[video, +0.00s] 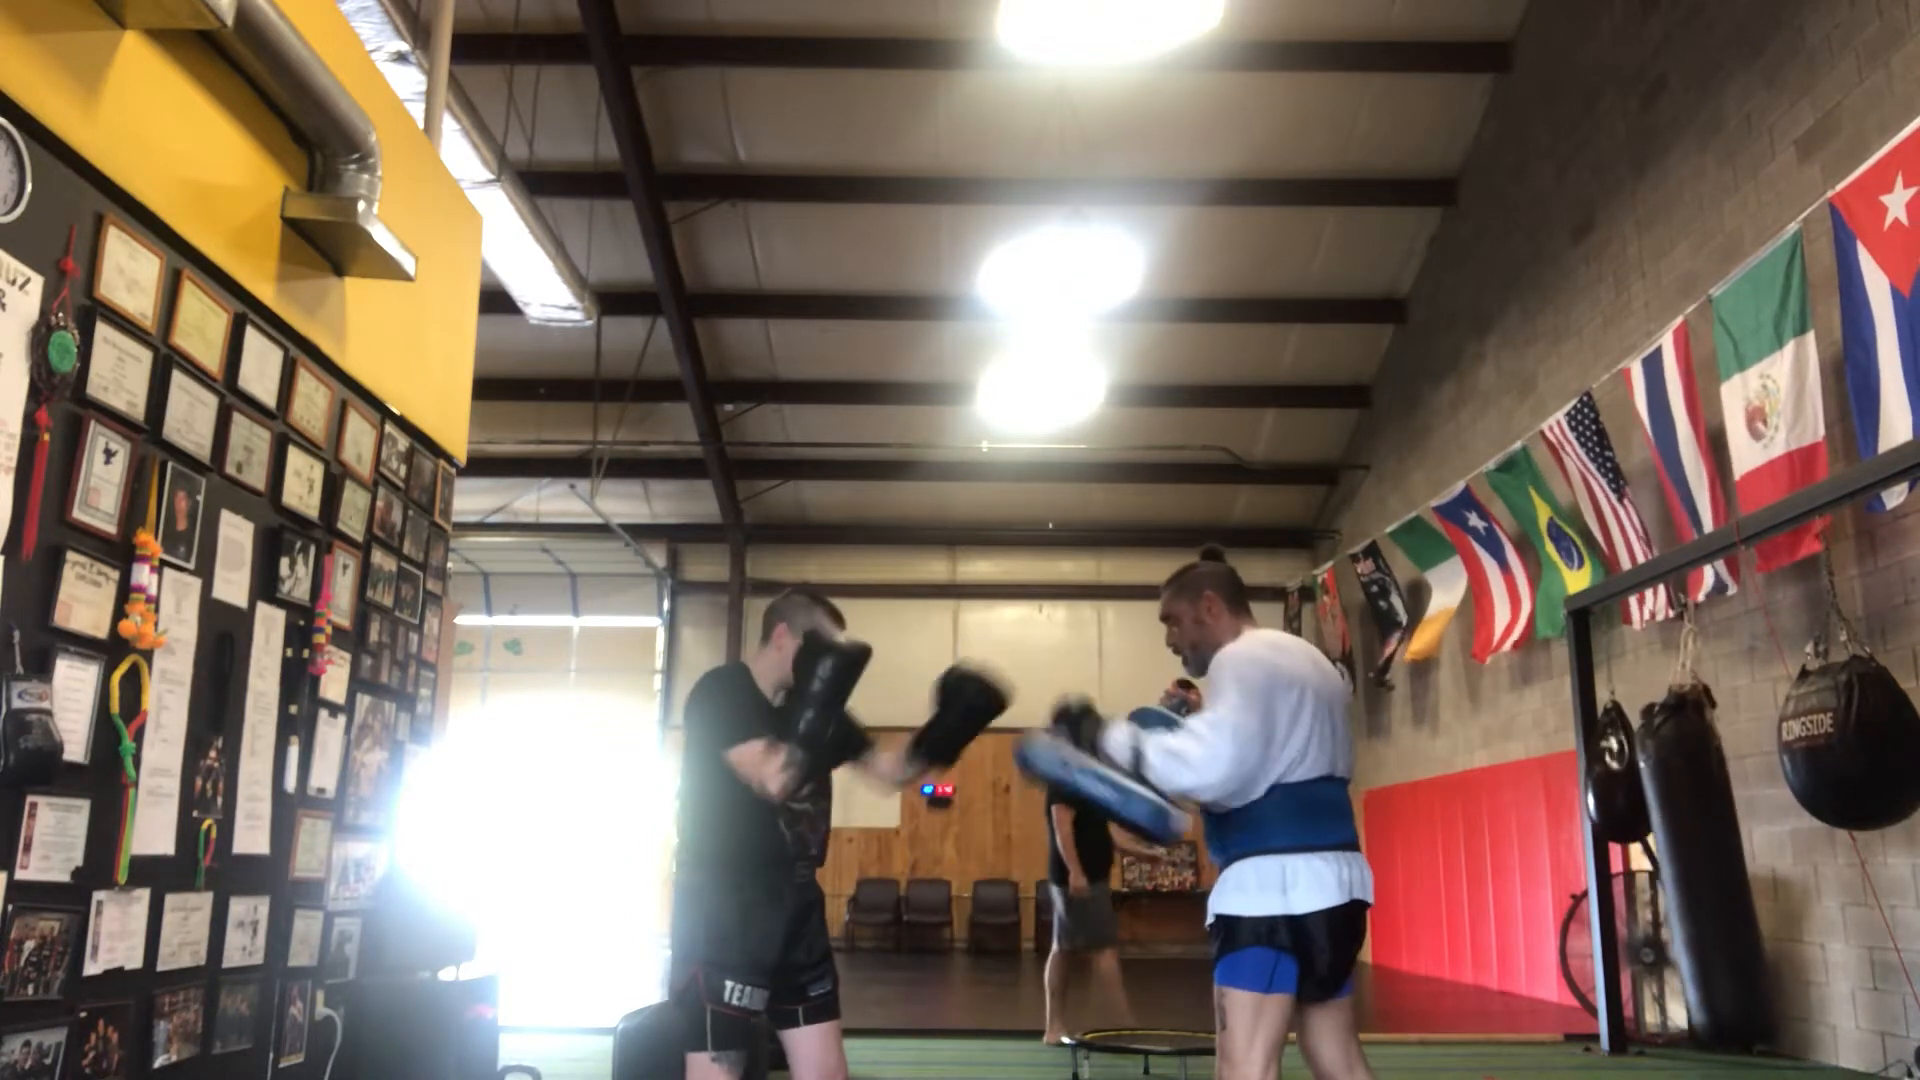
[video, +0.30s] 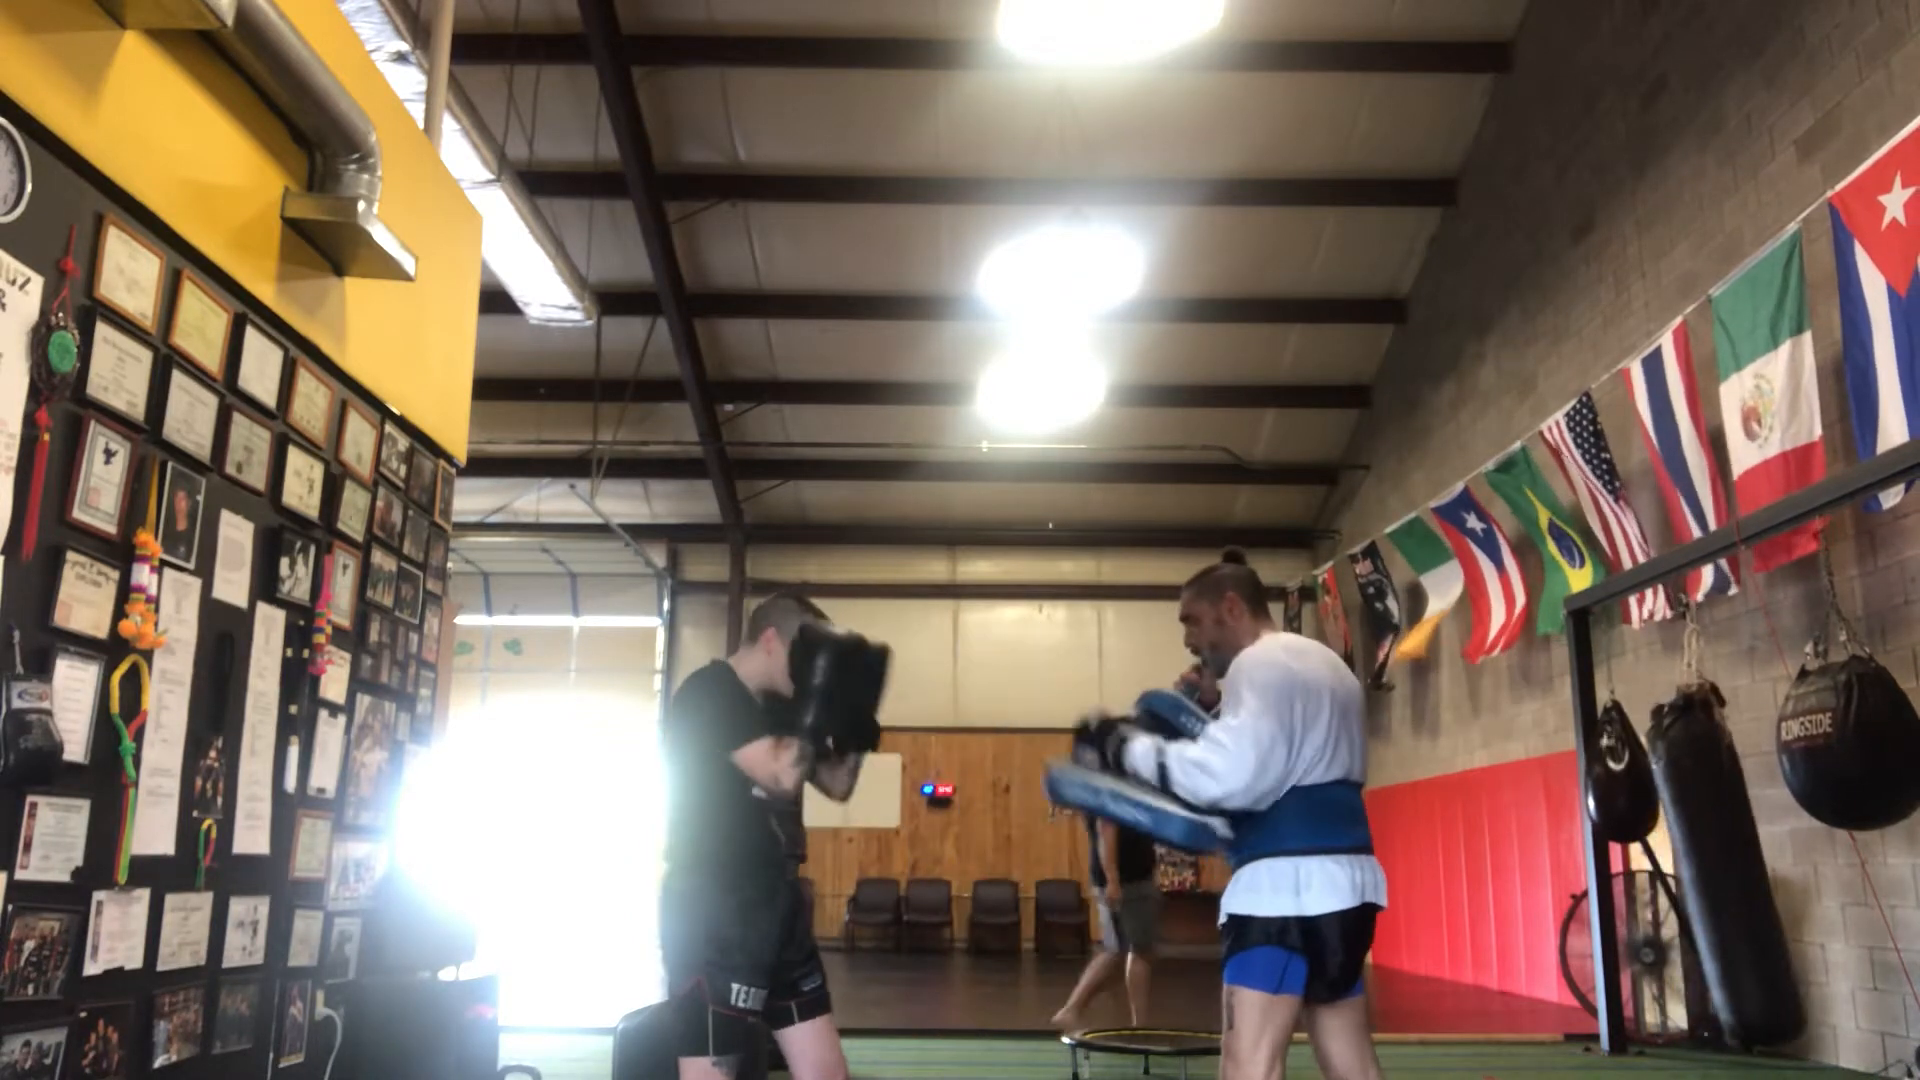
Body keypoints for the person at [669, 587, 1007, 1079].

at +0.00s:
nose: (823, 662)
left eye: (828, 651)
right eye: (816, 647)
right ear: (782, 636)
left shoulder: (812, 705)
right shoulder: (720, 691)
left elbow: (888, 770)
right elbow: (775, 779)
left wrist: (948, 728)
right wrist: (816, 702)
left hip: (797, 913)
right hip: (724, 915)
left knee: (824, 1070)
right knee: (715, 1070)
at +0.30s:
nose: (805, 669)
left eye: (812, 657)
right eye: (804, 653)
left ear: (771, 643)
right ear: (771, 639)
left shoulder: (778, 705)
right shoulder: (708, 691)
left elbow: (839, 784)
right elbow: (782, 775)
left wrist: (853, 700)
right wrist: (823, 694)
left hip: (777, 906)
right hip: (712, 908)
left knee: (825, 1069)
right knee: (709, 1070)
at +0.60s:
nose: (803, 659)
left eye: (810, 648)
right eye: (800, 645)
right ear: (767, 636)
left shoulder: (781, 702)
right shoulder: (708, 688)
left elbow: (842, 783)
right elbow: (777, 778)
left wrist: (879, 711)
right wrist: (812, 697)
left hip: (777, 907)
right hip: (710, 911)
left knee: (828, 1068)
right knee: (705, 1071)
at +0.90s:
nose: (836, 654)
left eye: (841, 644)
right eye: (829, 641)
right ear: (796, 632)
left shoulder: (824, 695)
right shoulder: (737, 686)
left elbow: (926, 716)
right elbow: (804, 763)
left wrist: (971, 650)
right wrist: (838, 687)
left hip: (811, 896)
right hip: (737, 903)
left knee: (921, 1016)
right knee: (719, 1070)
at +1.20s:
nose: (904, 676)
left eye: (906, 665)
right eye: (896, 664)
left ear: (867, 663)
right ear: (857, 660)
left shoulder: (900, 723)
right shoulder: (800, 722)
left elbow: (950, 802)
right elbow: (832, 811)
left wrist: (1006, 784)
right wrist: (882, 734)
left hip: (889, 923)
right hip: (819, 926)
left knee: (952, 1069)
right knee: (788, 1068)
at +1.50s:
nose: (965, 669)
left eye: (964, 658)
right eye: (960, 657)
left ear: (911, 655)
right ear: (931, 655)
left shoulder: (855, 712)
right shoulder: (949, 698)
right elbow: (1057, 712)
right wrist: (1145, 710)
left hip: (859, 901)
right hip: (908, 905)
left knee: (938, 1047)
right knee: (890, 1062)